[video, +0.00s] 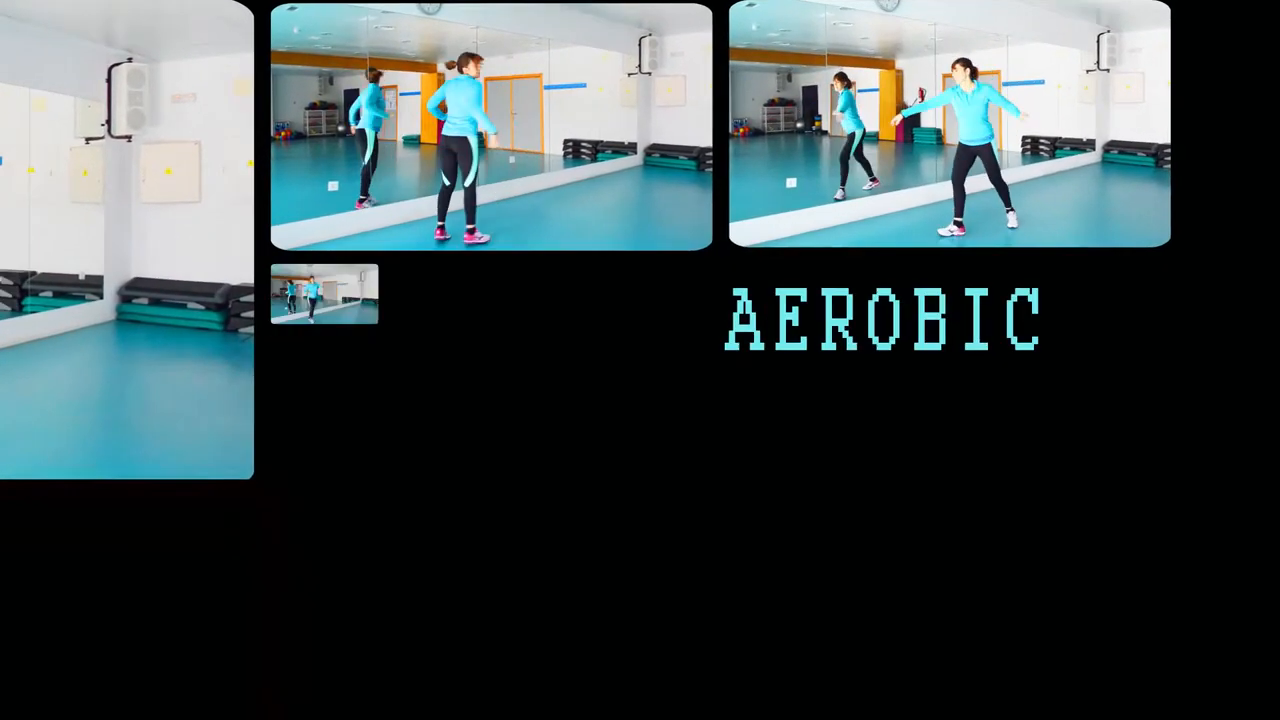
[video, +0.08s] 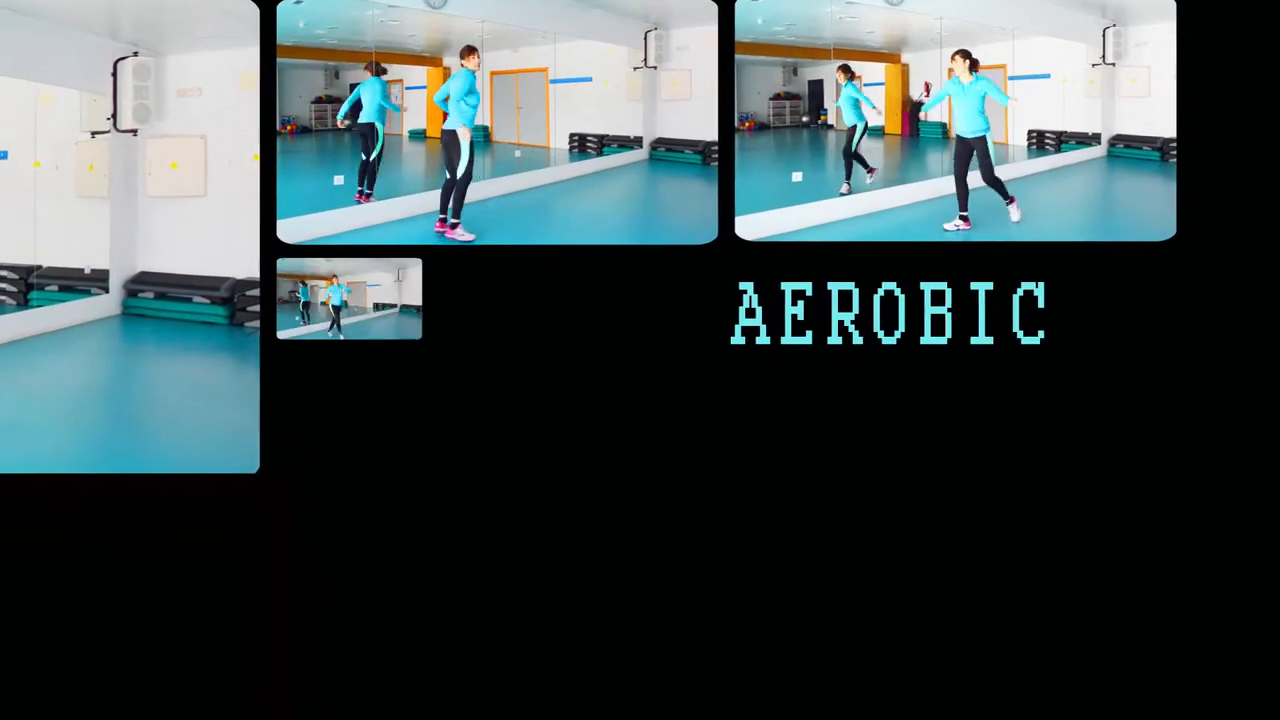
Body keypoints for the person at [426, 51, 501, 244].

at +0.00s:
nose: (479, 68)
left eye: (479, 65)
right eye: (477, 65)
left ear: (462, 68)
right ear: (465, 67)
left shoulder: (449, 84)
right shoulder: (474, 85)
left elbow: (431, 106)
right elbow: (474, 109)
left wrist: (446, 118)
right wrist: (491, 130)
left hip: (447, 137)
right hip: (465, 138)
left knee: (447, 183)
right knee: (469, 184)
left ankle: (440, 228)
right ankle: (471, 231)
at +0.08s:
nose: (478, 60)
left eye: (478, 57)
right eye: (474, 57)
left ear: (466, 61)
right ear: (465, 60)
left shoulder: (456, 76)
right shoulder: (467, 75)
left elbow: (438, 97)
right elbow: (455, 99)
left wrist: (451, 111)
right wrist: (462, 125)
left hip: (449, 129)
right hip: (460, 129)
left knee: (451, 176)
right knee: (464, 176)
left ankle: (442, 220)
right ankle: (454, 225)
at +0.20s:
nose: (475, 51)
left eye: (476, 47)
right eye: (471, 47)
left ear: (477, 51)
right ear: (462, 51)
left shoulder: (471, 72)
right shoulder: (455, 70)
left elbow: (469, 87)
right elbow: (433, 88)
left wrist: (479, 89)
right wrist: (422, 107)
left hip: (465, 124)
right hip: (454, 123)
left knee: (457, 168)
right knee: (455, 168)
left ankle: (445, 209)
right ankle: (434, 216)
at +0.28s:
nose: (472, 46)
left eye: (474, 43)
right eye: (468, 42)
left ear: (477, 46)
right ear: (460, 46)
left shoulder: (476, 68)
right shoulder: (451, 66)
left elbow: (478, 86)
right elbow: (430, 83)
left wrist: (494, 83)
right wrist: (413, 96)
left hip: (470, 123)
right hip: (453, 122)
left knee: (459, 166)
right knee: (449, 168)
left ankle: (450, 204)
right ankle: (429, 214)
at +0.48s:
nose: (468, 34)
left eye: (471, 31)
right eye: (464, 31)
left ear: (475, 35)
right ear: (457, 34)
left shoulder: (482, 58)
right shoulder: (446, 56)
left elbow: (501, 73)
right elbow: (430, 83)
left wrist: (518, 65)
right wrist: (423, 77)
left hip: (470, 116)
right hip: (447, 115)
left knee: (474, 160)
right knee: (447, 160)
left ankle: (466, 192)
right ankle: (438, 206)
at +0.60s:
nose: (468, 30)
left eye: (471, 26)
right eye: (464, 26)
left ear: (476, 30)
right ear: (458, 29)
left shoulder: (482, 51)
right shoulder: (447, 50)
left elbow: (508, 68)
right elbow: (434, 80)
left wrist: (491, 53)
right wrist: (447, 61)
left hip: (474, 109)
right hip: (450, 109)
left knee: (485, 151)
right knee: (452, 155)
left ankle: (473, 185)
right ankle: (447, 199)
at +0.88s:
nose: (468, 34)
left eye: (472, 31)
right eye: (465, 30)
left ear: (477, 34)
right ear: (459, 33)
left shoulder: (485, 50)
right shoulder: (453, 55)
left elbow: (511, 65)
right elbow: (451, 90)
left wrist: (481, 59)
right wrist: (465, 68)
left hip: (488, 105)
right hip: (465, 105)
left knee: (495, 147)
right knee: (469, 148)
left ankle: (486, 187)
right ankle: (467, 188)